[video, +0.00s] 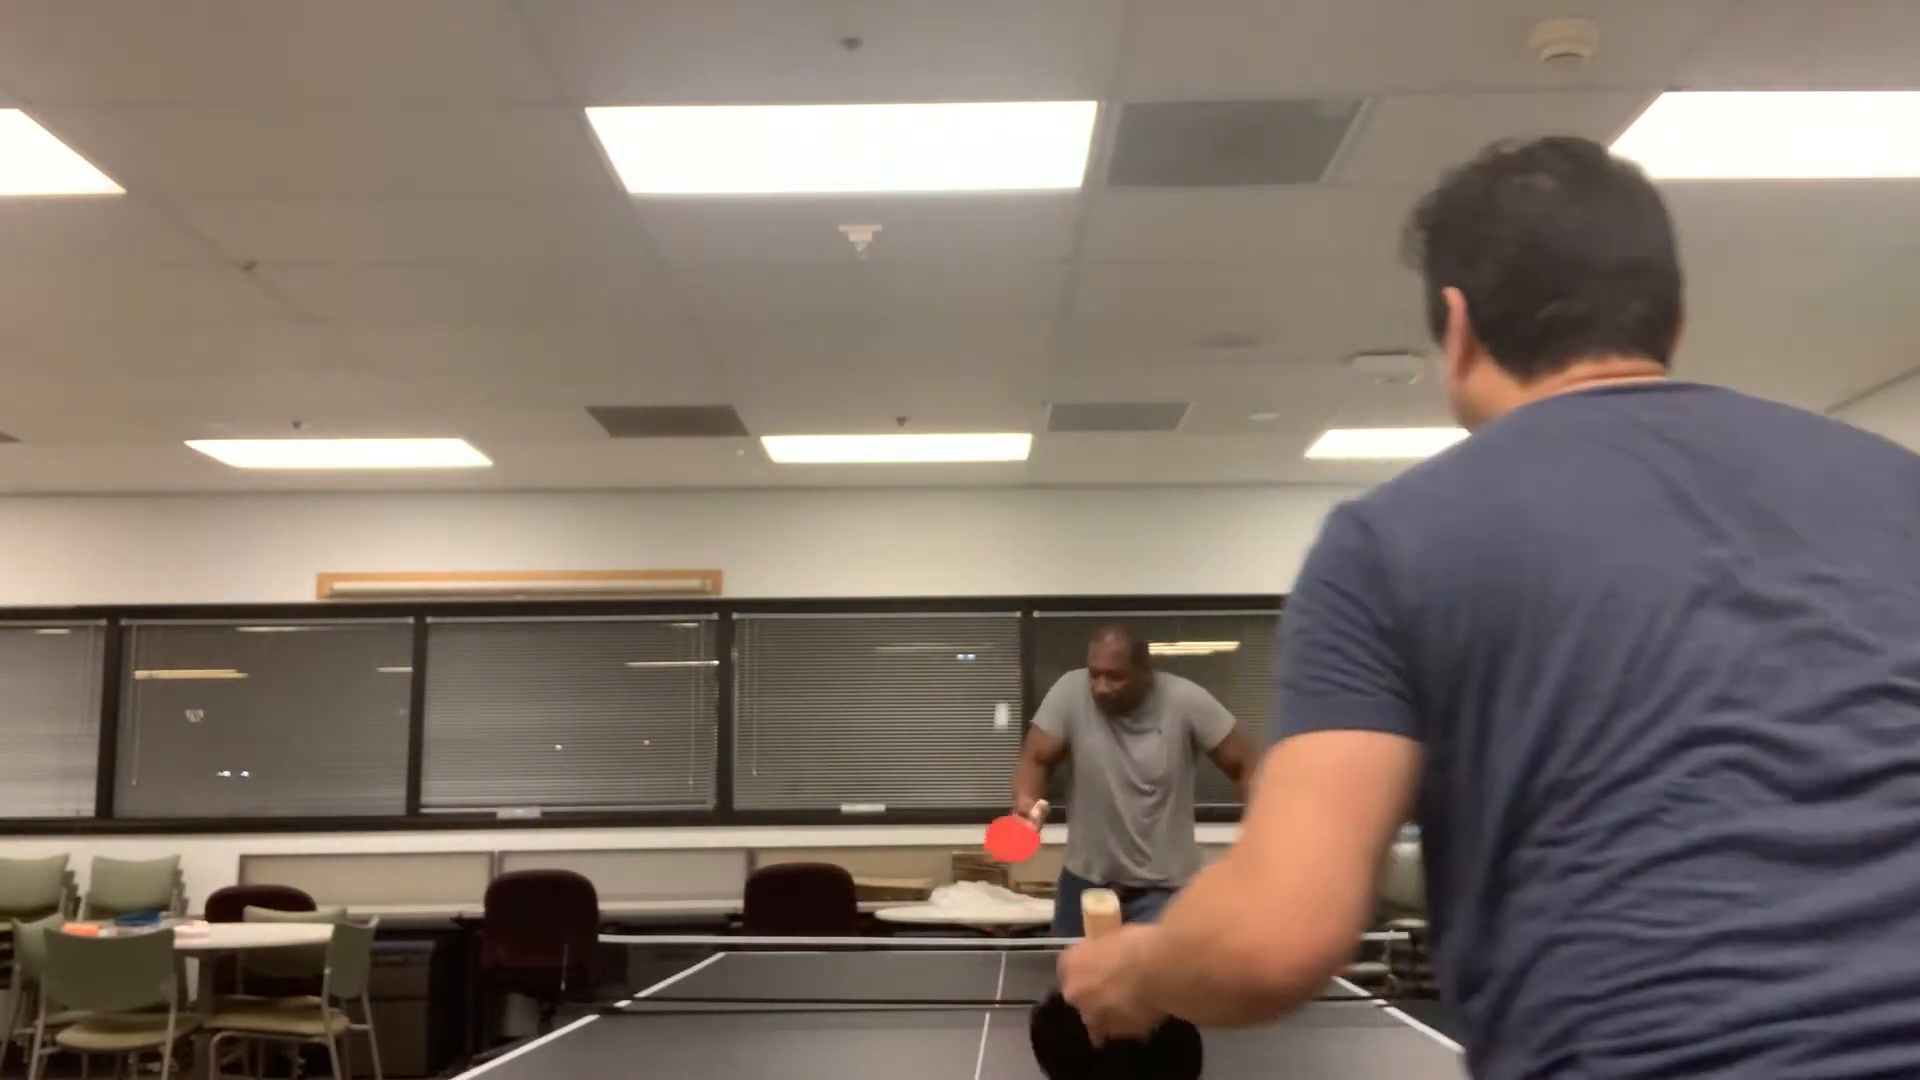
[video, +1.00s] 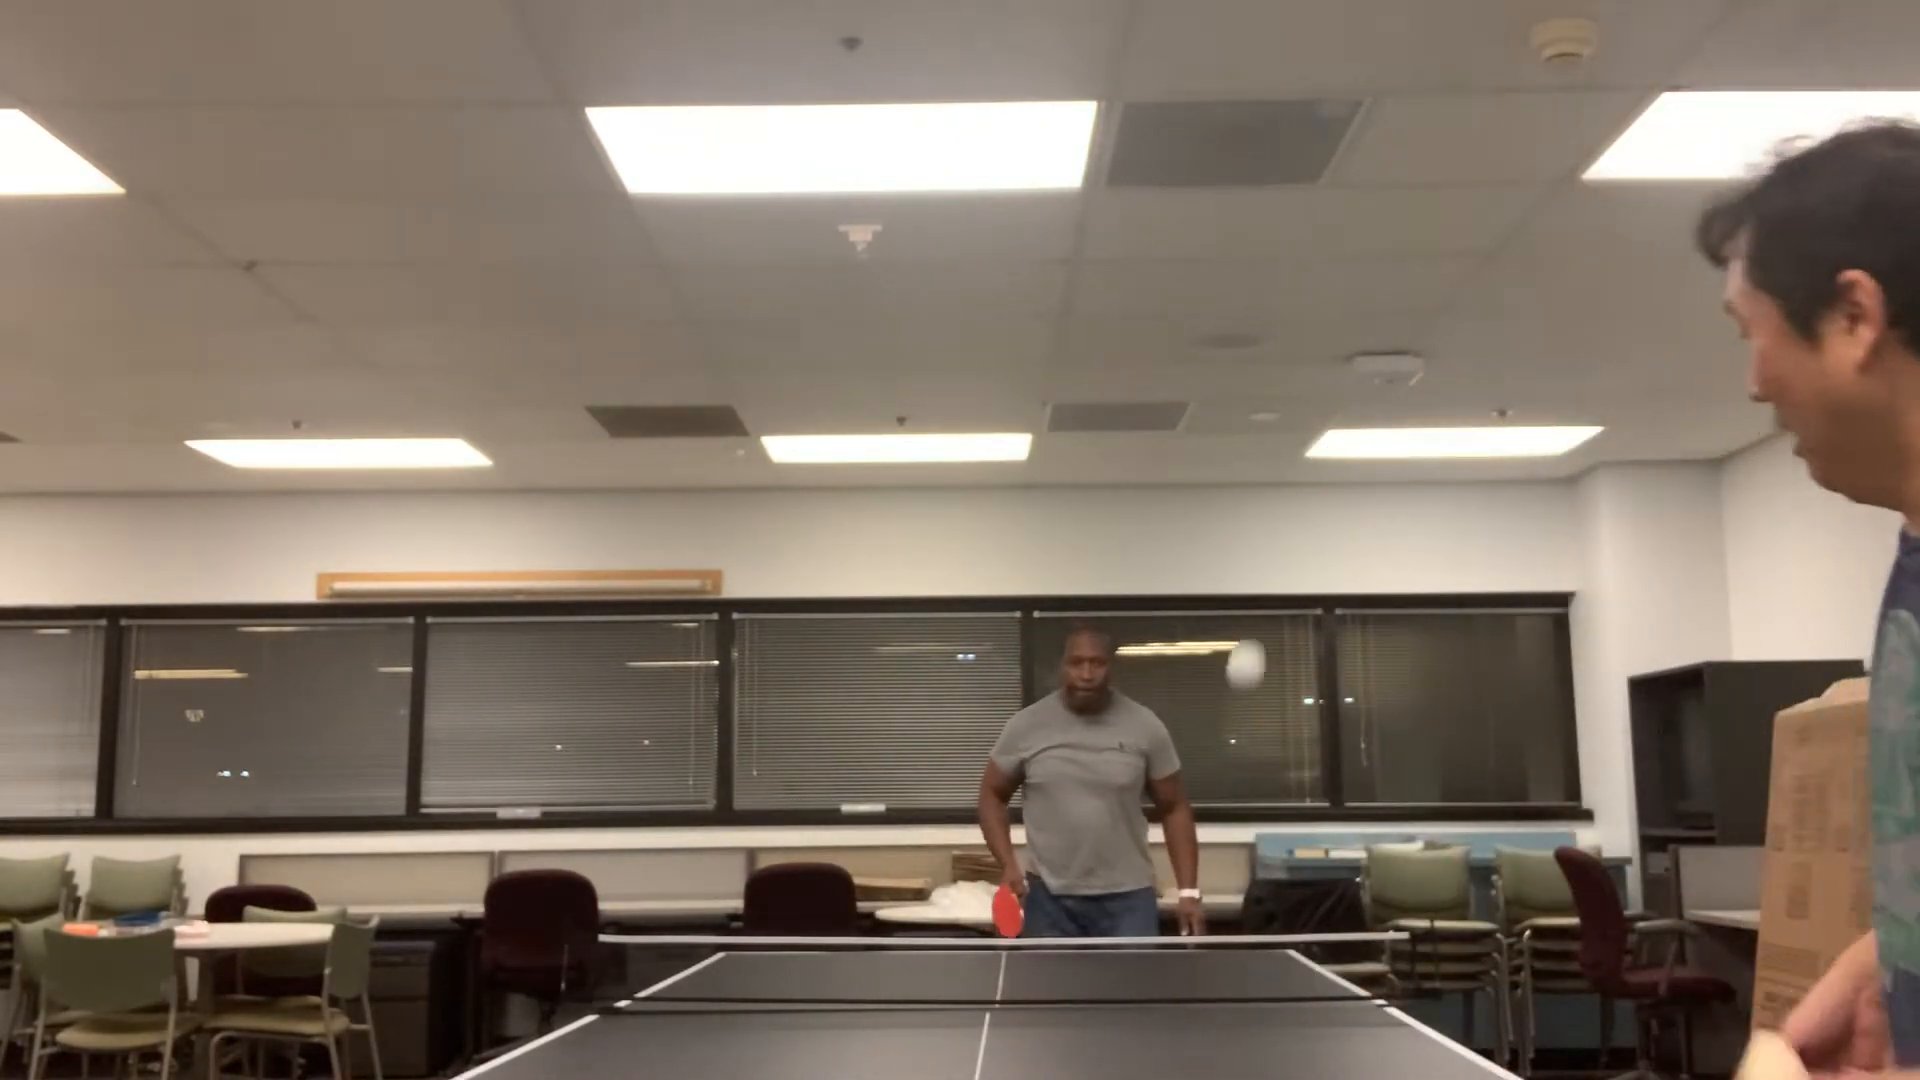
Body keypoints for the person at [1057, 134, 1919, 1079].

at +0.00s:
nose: (1437, 374)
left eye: (1428, 338)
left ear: (1459, 325)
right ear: (1666, 315)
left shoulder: (1402, 533)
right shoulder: (1890, 477)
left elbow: (1282, 940)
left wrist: (1141, 971)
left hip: (1621, 1047)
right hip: (1895, 1040)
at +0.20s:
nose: (1555, 301)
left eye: (1550, 261)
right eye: (1548, 265)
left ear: (1590, 257)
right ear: (1794, 232)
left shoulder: (1603, 475)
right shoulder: (1902, 376)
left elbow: (1616, 917)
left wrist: (1318, 1039)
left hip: (1846, 1044)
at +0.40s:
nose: (1607, 253)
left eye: (1601, 206)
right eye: (1599, 210)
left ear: (1652, 191)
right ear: (1850, 169)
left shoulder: (1760, 414)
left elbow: (1892, 854)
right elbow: (1886, 849)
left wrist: (1505, 1047)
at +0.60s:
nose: (1607, 302)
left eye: (1599, 256)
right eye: (1594, 262)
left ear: (1663, 233)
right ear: (1828, 193)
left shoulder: (1837, 453)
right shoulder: (1888, 389)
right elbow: (1910, 763)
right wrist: (1834, 914)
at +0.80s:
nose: (1673, 371)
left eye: (1663, 322)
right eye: (1659, 327)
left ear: (1744, 292)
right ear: (1739, 297)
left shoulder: (1896, 533)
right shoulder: (1877, 527)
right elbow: (1912, 824)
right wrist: (1827, 937)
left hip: (1901, 1054)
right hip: (1882, 1053)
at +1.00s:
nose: (1754, 383)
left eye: (1754, 333)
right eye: (1745, 339)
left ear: (1856, 317)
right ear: (1854, 320)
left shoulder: (1908, 577)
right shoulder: (1906, 568)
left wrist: (1884, 968)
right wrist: (1883, 955)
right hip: (1893, 1046)